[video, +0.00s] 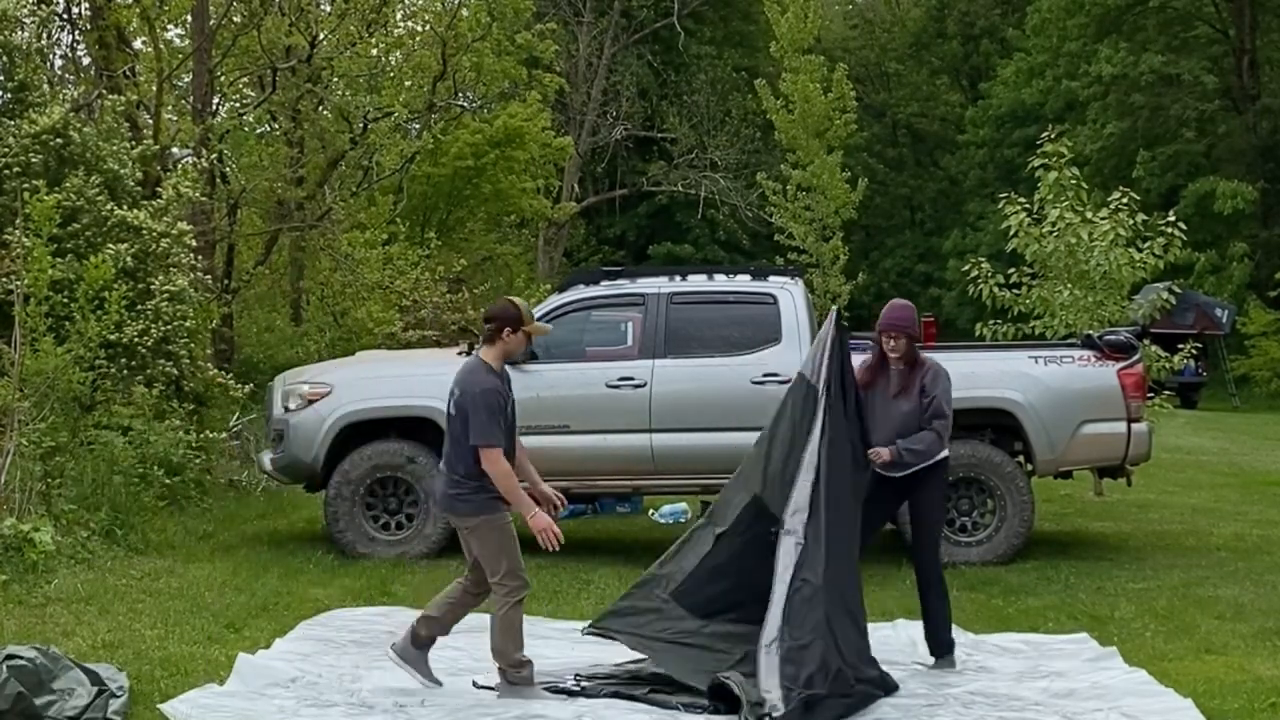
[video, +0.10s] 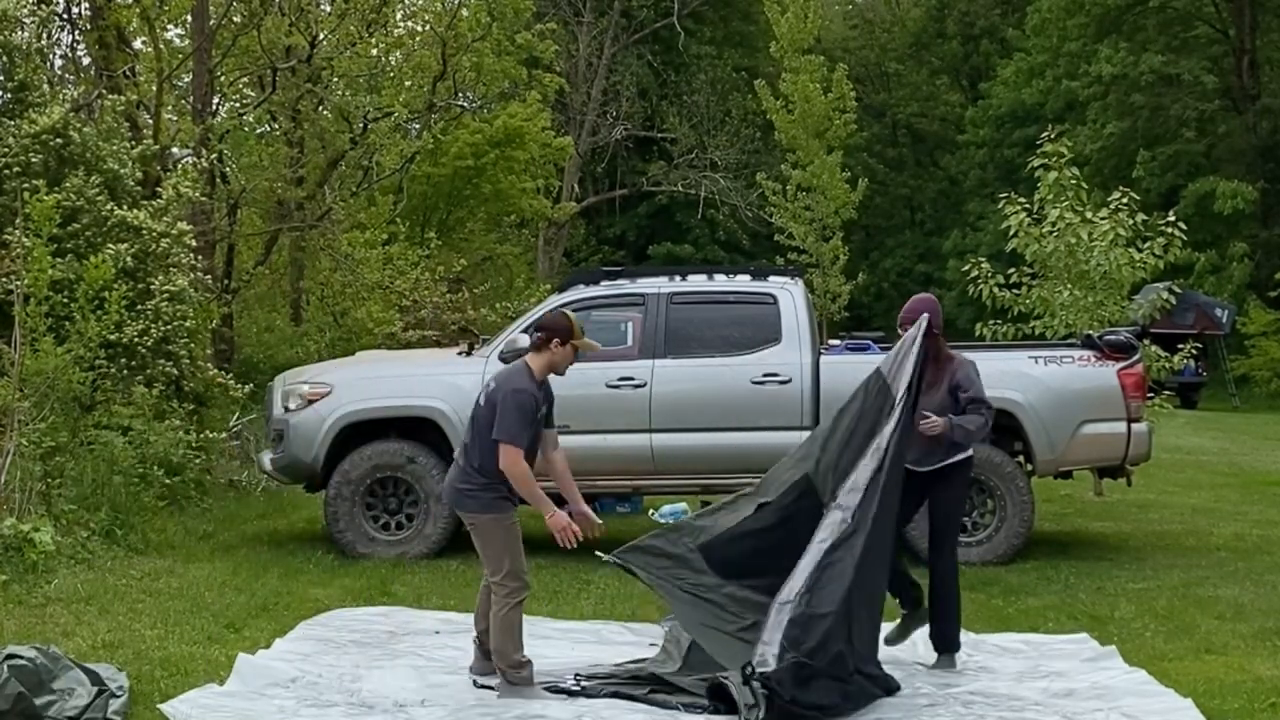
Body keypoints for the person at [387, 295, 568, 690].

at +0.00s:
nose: (529, 342)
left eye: (529, 335)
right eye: (525, 334)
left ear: (498, 334)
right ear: (507, 335)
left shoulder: (493, 374)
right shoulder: (483, 385)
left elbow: (510, 442)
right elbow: (492, 460)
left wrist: (537, 484)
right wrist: (532, 512)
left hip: (471, 497)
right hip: (476, 501)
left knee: (481, 580)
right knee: (511, 585)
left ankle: (414, 643)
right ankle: (515, 678)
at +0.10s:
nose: (574, 357)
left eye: (575, 350)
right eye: (573, 349)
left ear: (547, 345)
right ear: (554, 346)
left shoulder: (540, 387)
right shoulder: (519, 388)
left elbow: (550, 452)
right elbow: (510, 463)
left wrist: (577, 503)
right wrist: (551, 512)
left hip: (490, 492)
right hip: (480, 495)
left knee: (499, 576)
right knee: (510, 583)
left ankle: (486, 659)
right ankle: (515, 677)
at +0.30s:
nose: (594, 354)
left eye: (595, 348)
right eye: (591, 347)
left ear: (570, 344)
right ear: (571, 343)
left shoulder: (572, 383)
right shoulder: (528, 383)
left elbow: (608, 422)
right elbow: (495, 441)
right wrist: (498, 505)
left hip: (519, 496)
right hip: (498, 496)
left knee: (511, 585)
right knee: (510, 586)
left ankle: (495, 668)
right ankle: (514, 676)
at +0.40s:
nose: (600, 357)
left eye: (601, 350)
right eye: (597, 349)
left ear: (578, 345)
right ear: (576, 345)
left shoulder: (581, 385)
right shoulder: (538, 383)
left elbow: (631, 406)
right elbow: (505, 439)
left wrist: (690, 416)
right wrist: (517, 499)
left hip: (513, 494)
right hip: (493, 492)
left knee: (511, 584)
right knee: (508, 586)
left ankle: (495, 668)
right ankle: (515, 678)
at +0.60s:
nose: (603, 356)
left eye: (604, 350)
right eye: (601, 348)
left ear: (579, 346)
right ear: (581, 344)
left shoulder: (577, 386)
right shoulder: (548, 381)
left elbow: (617, 419)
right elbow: (517, 437)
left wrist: (664, 445)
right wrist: (532, 498)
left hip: (512, 493)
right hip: (500, 491)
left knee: (510, 584)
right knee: (512, 585)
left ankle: (497, 668)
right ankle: (513, 676)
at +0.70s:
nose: (612, 377)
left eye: (615, 370)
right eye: (612, 368)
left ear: (589, 360)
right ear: (594, 360)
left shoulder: (575, 399)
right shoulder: (557, 394)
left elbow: (604, 451)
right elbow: (530, 453)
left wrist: (643, 491)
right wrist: (540, 516)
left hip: (503, 493)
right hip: (498, 494)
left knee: (505, 582)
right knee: (517, 583)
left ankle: (496, 666)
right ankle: (514, 676)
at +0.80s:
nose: (628, 421)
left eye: (631, 415)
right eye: (628, 413)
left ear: (607, 403)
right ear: (612, 405)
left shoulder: (571, 425)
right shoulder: (573, 435)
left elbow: (562, 506)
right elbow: (558, 510)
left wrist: (578, 556)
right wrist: (571, 577)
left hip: (477, 492)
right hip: (490, 497)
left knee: (508, 583)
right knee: (531, 584)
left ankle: (496, 666)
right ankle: (517, 678)